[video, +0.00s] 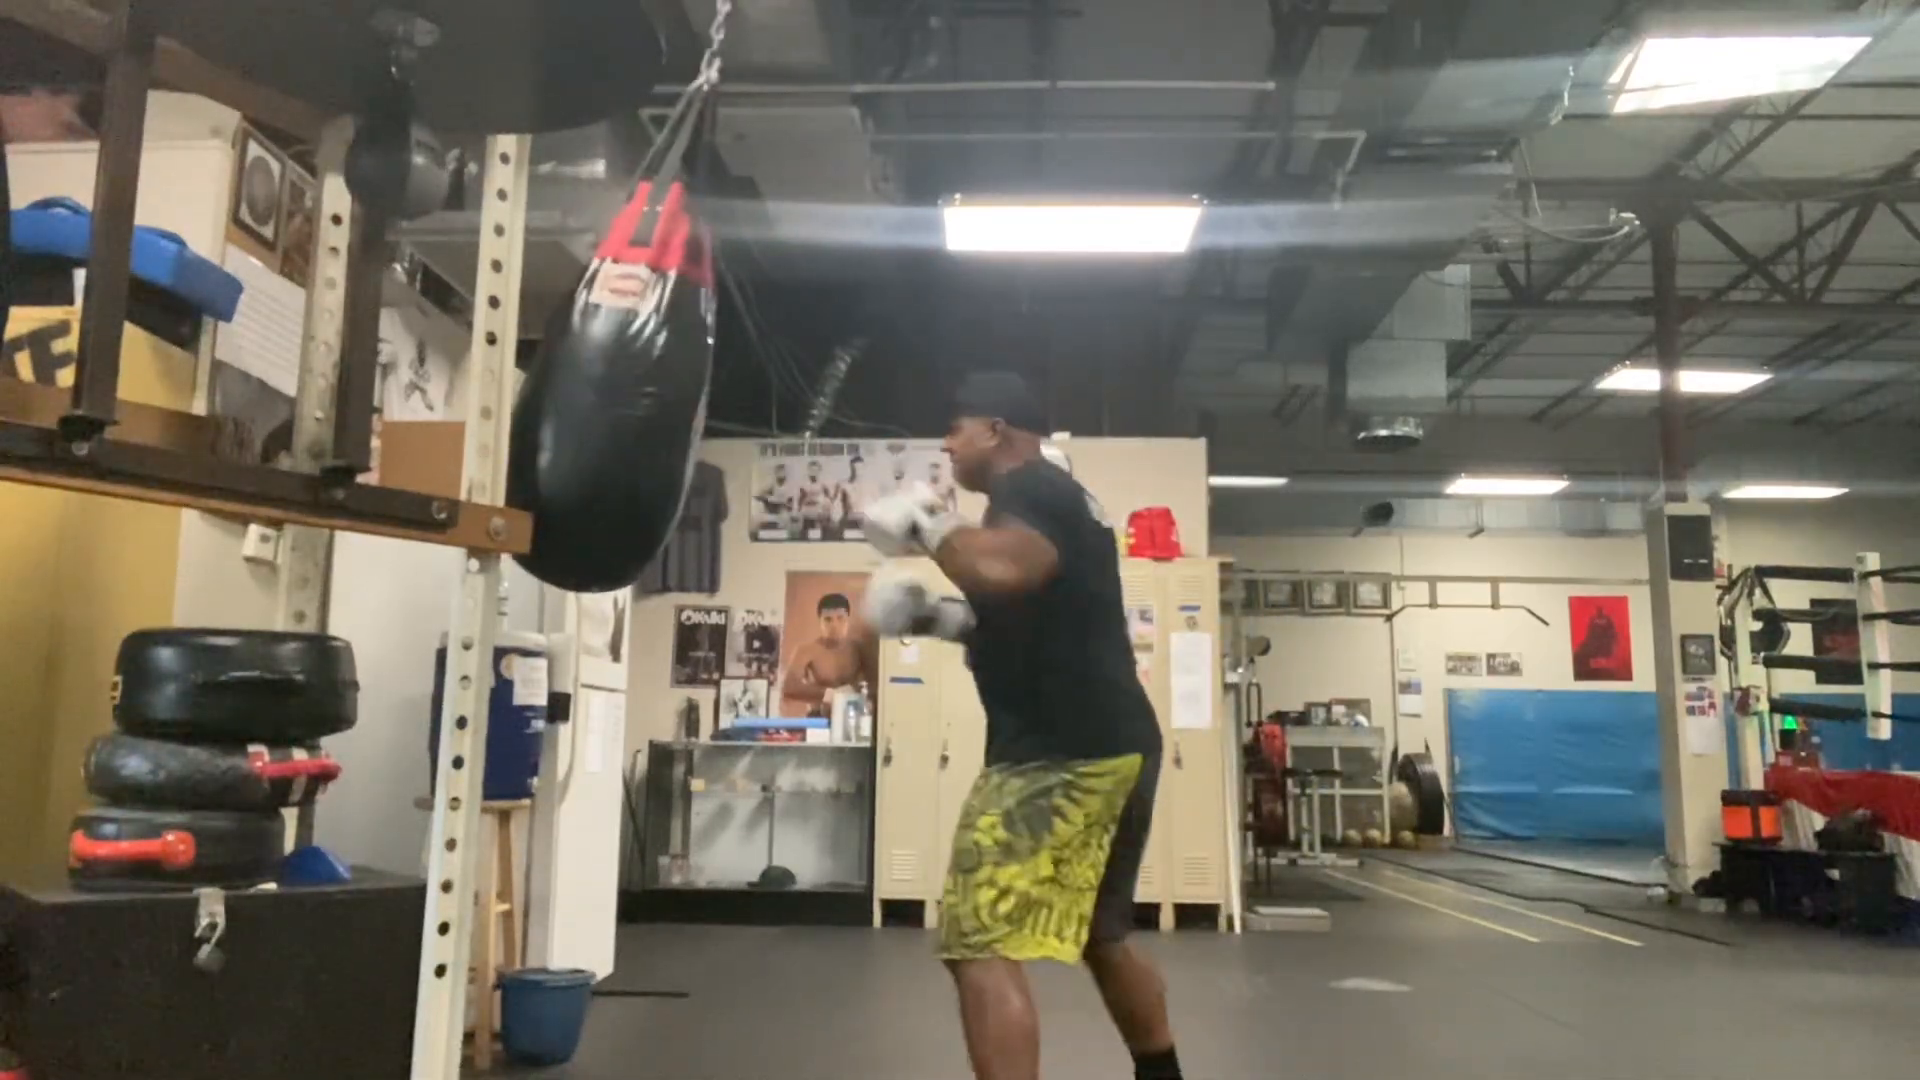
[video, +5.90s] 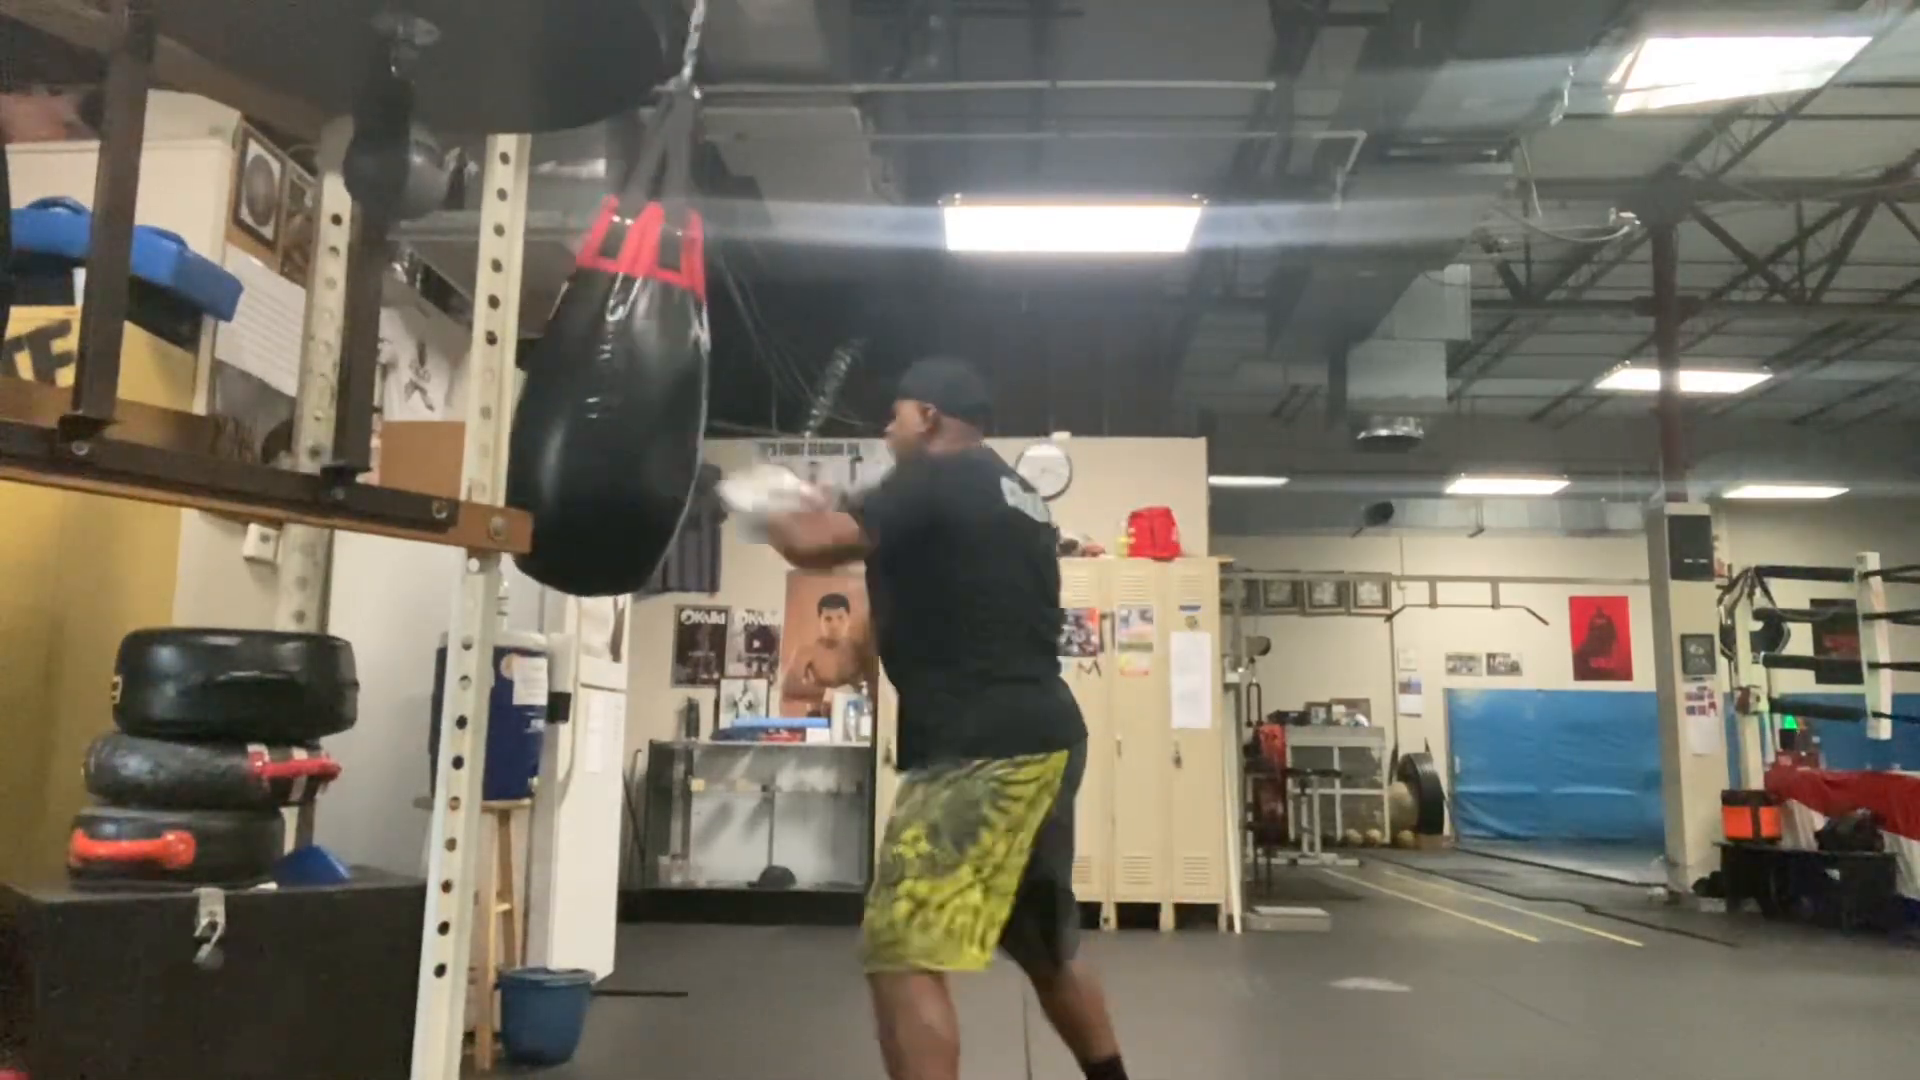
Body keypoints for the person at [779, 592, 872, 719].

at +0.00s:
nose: (834, 625)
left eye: (840, 618)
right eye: (828, 619)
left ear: (848, 620)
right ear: (819, 622)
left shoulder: (858, 650)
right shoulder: (806, 651)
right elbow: (789, 687)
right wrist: (826, 694)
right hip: (820, 717)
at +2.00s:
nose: (835, 624)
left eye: (840, 617)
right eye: (828, 618)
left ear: (848, 619)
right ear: (819, 620)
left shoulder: (856, 652)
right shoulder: (806, 651)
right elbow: (789, 688)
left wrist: (817, 686)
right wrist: (827, 694)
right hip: (819, 716)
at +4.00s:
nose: (834, 625)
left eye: (840, 618)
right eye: (828, 618)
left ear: (848, 620)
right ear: (819, 621)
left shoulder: (858, 652)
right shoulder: (806, 652)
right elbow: (789, 688)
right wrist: (826, 693)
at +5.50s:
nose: (834, 625)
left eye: (840, 618)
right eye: (828, 619)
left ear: (848, 620)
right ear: (819, 621)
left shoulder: (857, 651)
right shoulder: (808, 652)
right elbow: (790, 688)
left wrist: (816, 685)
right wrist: (828, 693)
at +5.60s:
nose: (834, 625)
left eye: (840, 618)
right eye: (828, 619)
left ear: (847, 620)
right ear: (820, 620)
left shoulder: (858, 651)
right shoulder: (807, 652)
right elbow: (790, 688)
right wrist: (828, 693)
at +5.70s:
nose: (834, 625)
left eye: (840, 618)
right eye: (828, 619)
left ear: (848, 620)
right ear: (819, 620)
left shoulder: (857, 651)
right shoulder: (808, 652)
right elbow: (789, 687)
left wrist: (817, 685)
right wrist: (826, 693)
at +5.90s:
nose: (834, 625)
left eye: (840, 618)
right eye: (828, 619)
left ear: (848, 619)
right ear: (819, 620)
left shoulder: (858, 652)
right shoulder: (807, 652)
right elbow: (789, 688)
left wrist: (816, 686)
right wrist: (827, 693)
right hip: (819, 717)